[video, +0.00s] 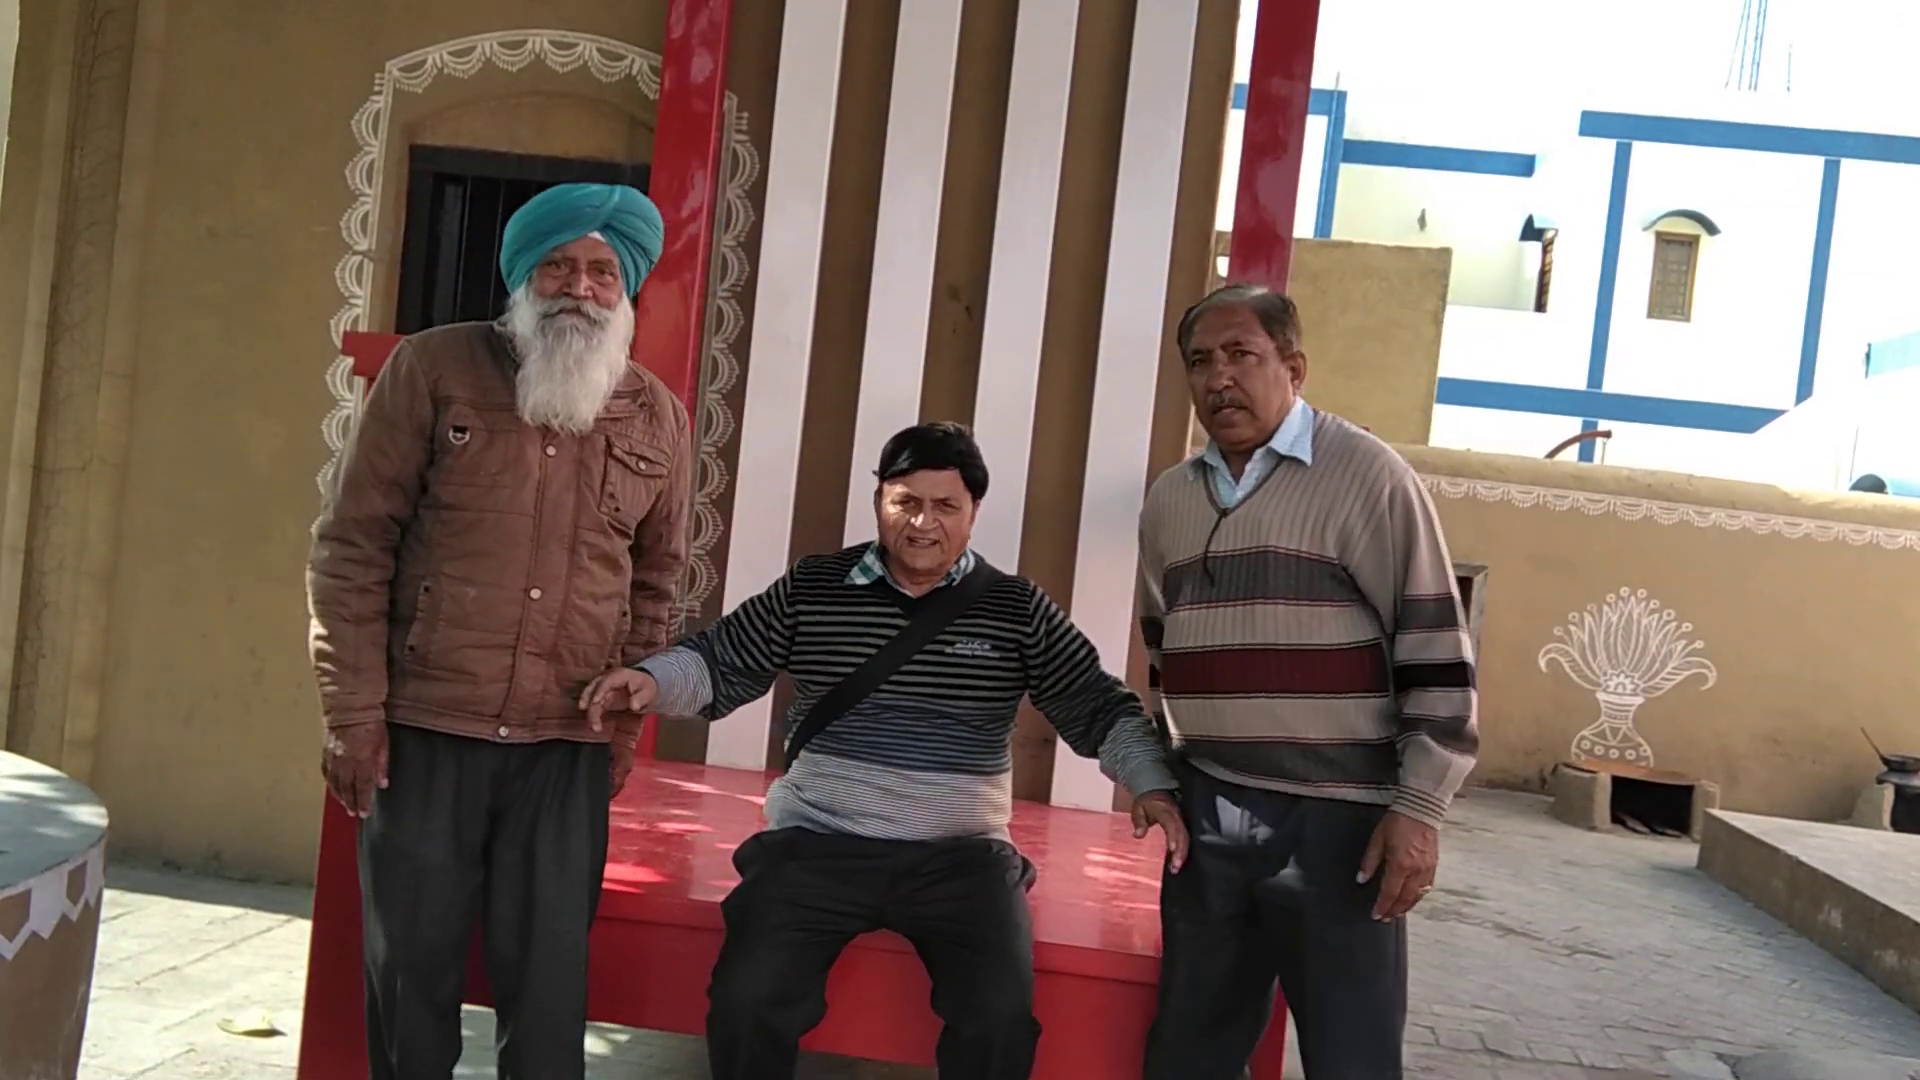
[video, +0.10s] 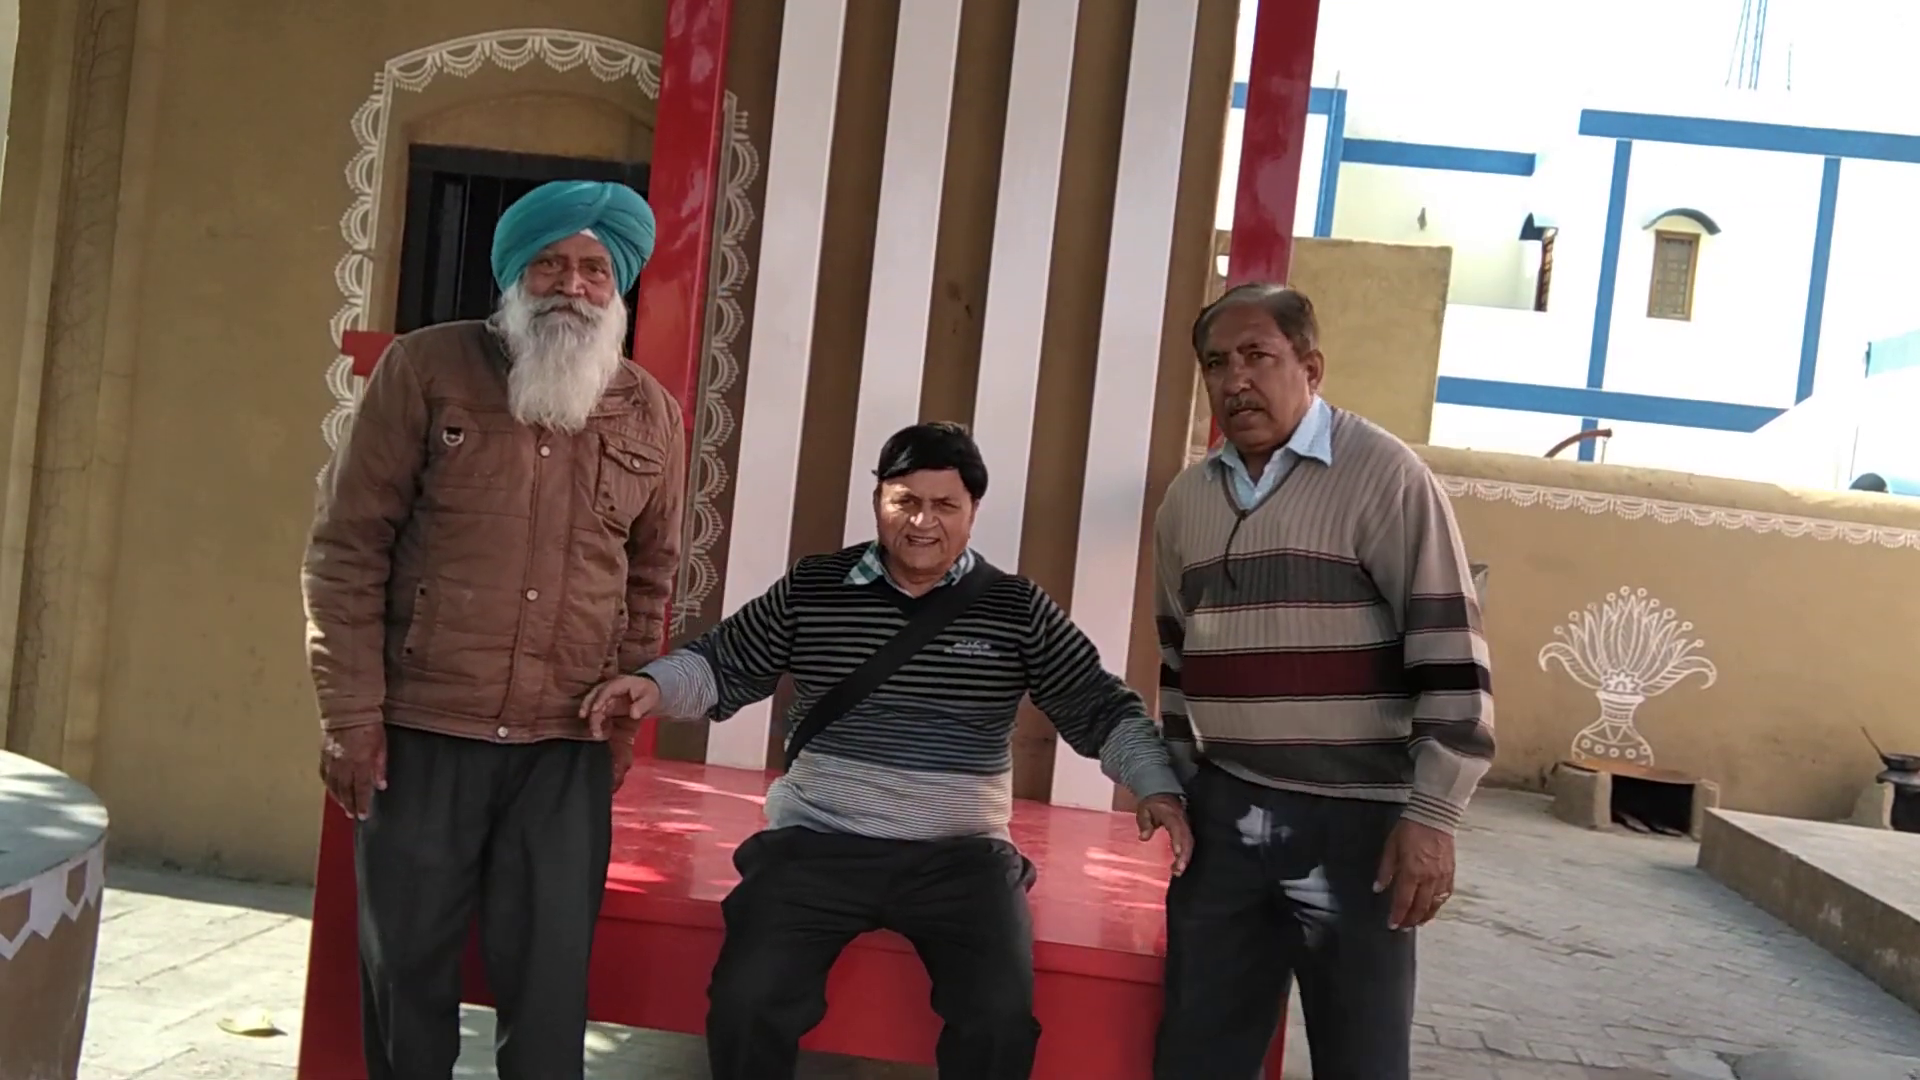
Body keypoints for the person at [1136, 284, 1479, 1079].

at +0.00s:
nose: (1218, 377)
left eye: (1239, 355)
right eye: (1201, 360)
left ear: (1292, 365)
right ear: (1186, 378)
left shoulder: (1372, 479)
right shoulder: (1170, 499)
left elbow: (1437, 660)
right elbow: (1160, 654)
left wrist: (1419, 807)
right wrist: (1158, 777)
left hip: (1340, 828)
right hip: (1209, 820)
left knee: (1350, 1065)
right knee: (1187, 1061)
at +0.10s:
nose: (1232, 378)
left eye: (1255, 356)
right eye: (1216, 362)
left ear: (1310, 366)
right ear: (1202, 378)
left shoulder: (1388, 479)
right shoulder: (1186, 501)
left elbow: (1453, 661)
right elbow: (1178, 667)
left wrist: (1433, 816)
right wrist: (1172, 782)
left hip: (1355, 828)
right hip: (1224, 818)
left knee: (1361, 1067)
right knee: (1198, 1061)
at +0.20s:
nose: (1256, 385)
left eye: (1277, 362)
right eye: (1238, 368)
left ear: (1329, 369)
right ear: (1223, 382)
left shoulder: (1409, 485)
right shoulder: (1202, 506)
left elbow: (1468, 667)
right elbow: (1178, 669)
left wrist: (1443, 818)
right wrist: (1179, 790)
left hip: (1378, 830)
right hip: (1241, 820)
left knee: (1375, 1066)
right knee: (1208, 1059)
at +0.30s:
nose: (1275, 385)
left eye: (1295, 362)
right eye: (1256, 370)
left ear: (1349, 369)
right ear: (1241, 387)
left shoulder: (1428, 489)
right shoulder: (1214, 509)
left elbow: (1480, 673)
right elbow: (1187, 672)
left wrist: (1453, 815)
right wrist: (1179, 798)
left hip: (1391, 833)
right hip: (1254, 823)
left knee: (1386, 1066)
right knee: (1219, 1059)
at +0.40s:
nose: (1291, 385)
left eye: (1311, 362)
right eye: (1272, 369)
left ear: (1366, 373)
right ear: (1257, 386)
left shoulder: (1442, 492)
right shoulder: (1227, 510)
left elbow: (1496, 677)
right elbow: (1190, 674)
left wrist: (1460, 818)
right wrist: (1180, 806)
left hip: (1401, 835)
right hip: (1260, 825)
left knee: (1390, 1067)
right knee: (1226, 1059)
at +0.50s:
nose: (1305, 385)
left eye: (1326, 362)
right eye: (1287, 369)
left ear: (1380, 372)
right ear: (1271, 386)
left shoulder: (1456, 495)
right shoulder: (1237, 509)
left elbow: (1507, 683)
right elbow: (1192, 673)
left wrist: (1471, 823)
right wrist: (1192, 812)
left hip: (1407, 837)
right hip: (1265, 824)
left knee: (1393, 1067)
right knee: (1232, 1059)